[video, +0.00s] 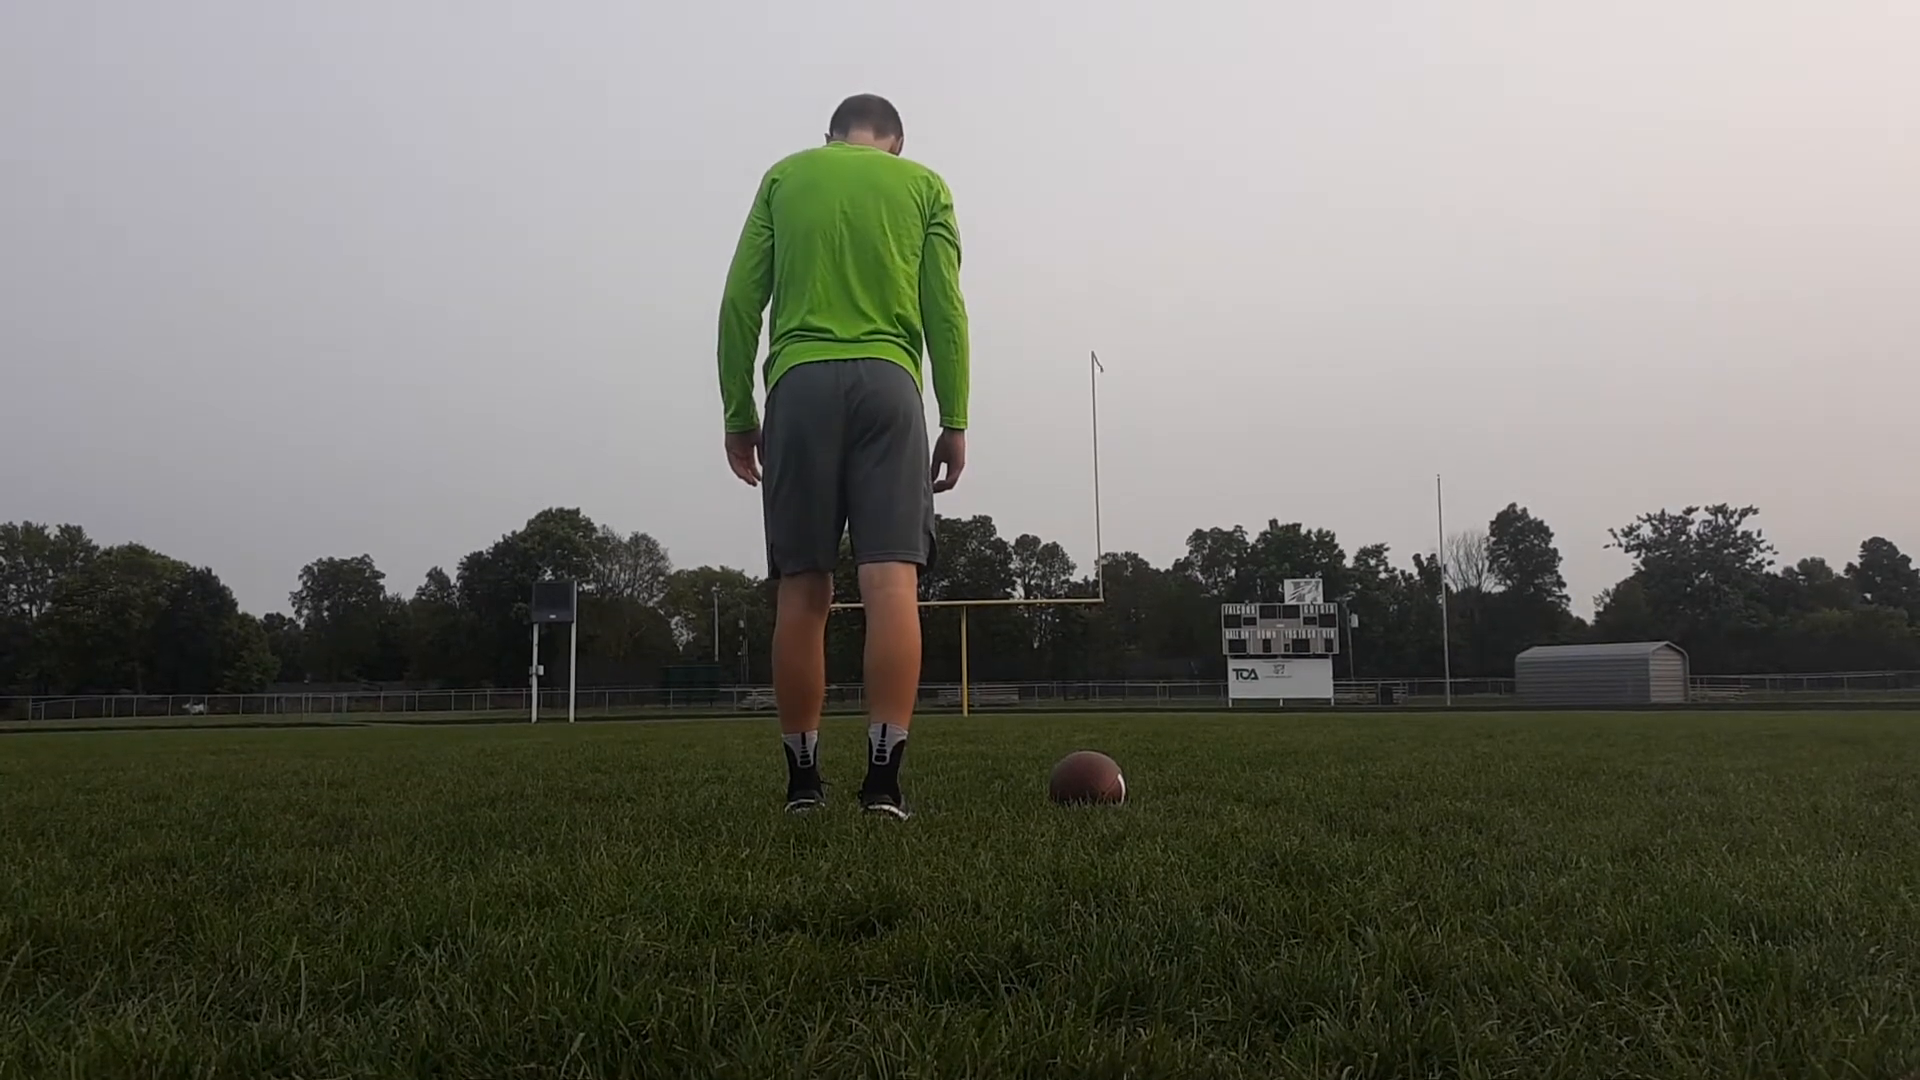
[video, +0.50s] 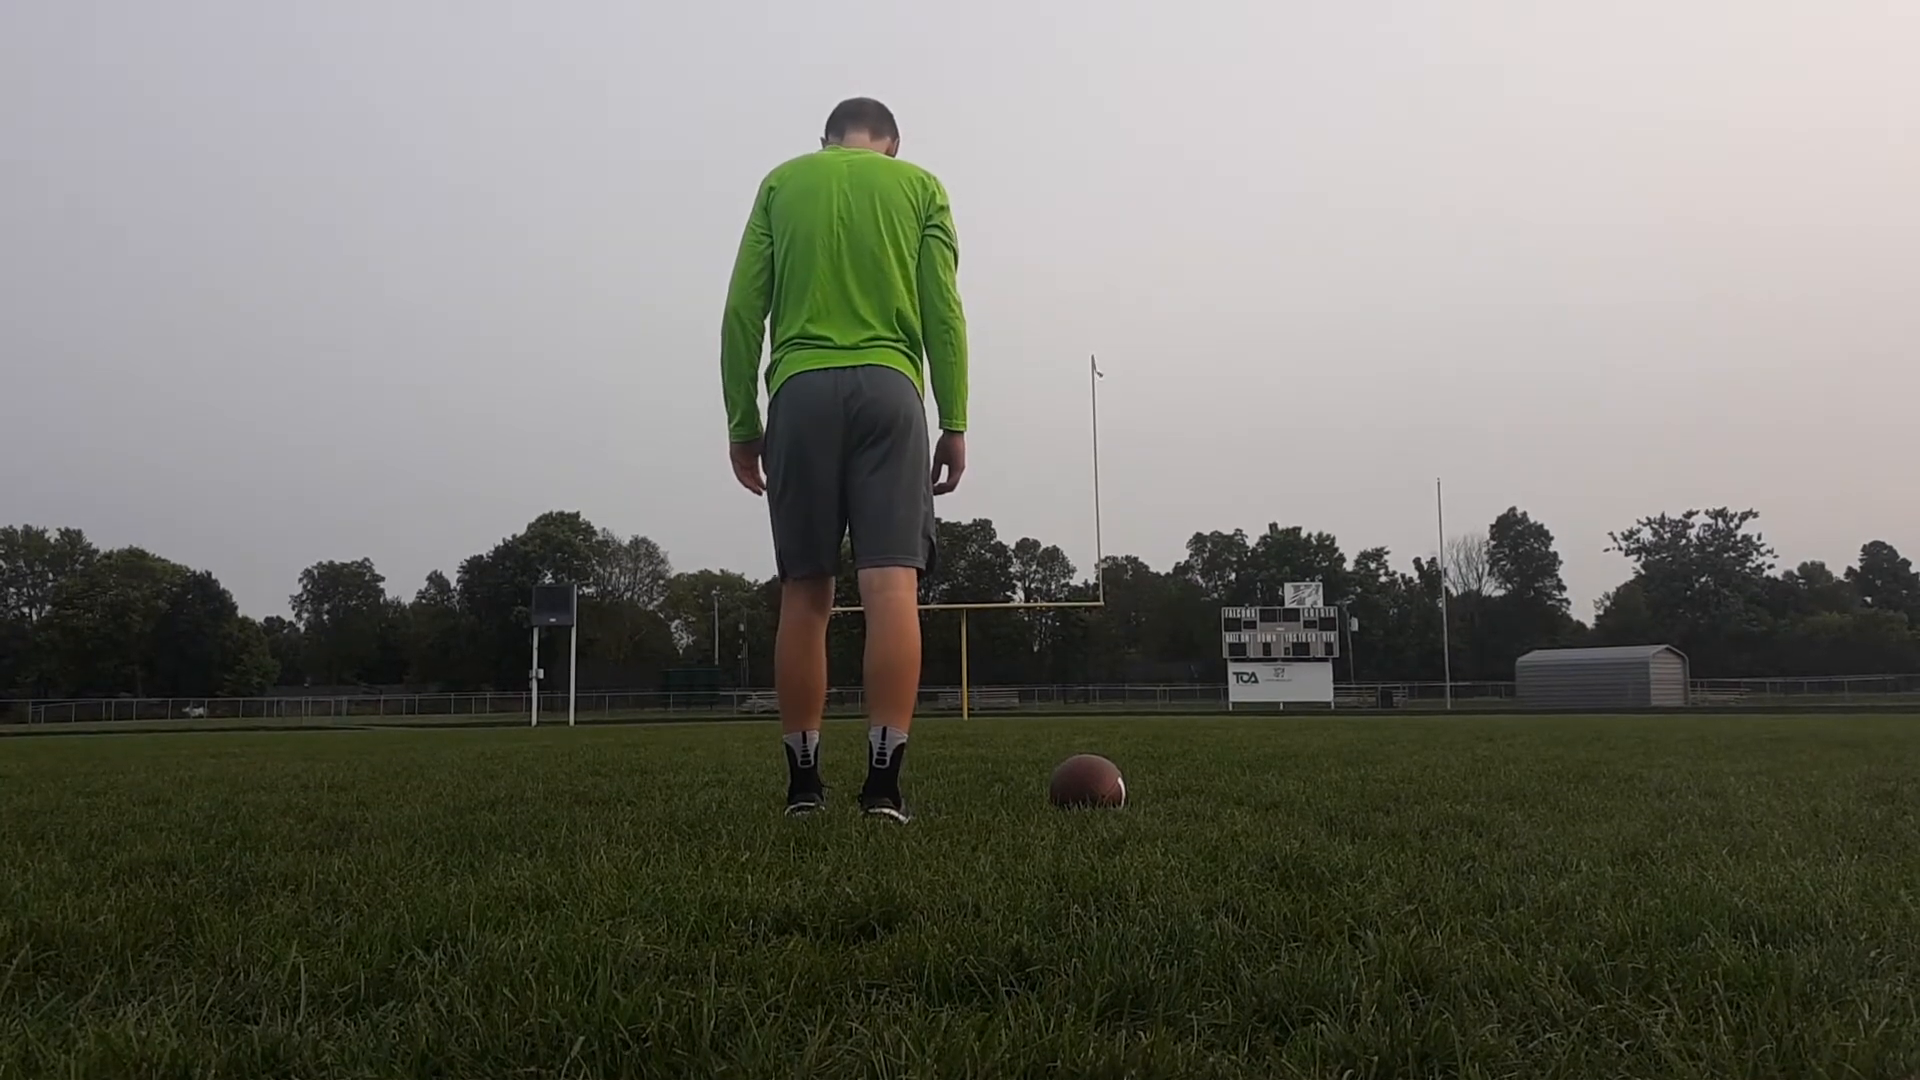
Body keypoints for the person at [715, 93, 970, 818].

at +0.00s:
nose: (895, 157)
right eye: (898, 146)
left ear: (831, 134)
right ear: (895, 139)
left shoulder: (785, 174)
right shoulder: (922, 184)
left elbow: (740, 298)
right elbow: (943, 304)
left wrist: (739, 414)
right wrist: (955, 421)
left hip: (800, 384)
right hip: (887, 383)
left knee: (802, 588)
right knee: (890, 583)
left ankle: (802, 782)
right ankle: (884, 785)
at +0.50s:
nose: (893, 155)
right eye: (894, 146)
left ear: (826, 138)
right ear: (891, 140)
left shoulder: (782, 181)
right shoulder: (918, 184)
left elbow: (743, 309)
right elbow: (942, 306)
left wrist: (743, 424)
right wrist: (954, 423)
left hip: (801, 392)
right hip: (888, 389)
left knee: (805, 590)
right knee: (890, 586)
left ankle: (803, 784)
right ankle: (884, 786)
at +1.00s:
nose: (894, 164)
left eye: (886, 155)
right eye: (896, 154)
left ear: (827, 142)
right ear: (891, 146)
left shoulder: (780, 186)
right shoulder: (914, 187)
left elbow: (743, 310)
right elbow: (937, 306)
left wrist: (743, 428)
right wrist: (950, 424)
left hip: (798, 396)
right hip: (885, 394)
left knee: (803, 591)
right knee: (886, 589)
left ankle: (803, 784)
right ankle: (882, 787)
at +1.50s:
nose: (900, 173)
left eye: (896, 164)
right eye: (902, 162)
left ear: (834, 145)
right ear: (895, 151)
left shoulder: (782, 189)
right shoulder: (917, 193)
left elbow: (743, 315)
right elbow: (939, 313)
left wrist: (743, 427)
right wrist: (952, 426)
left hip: (799, 397)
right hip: (885, 396)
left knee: (803, 596)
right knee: (885, 592)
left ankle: (803, 785)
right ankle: (882, 790)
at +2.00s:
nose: (907, 176)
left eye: (901, 165)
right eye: (908, 166)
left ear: (841, 148)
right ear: (902, 155)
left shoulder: (787, 187)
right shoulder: (923, 193)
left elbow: (745, 311)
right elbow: (943, 313)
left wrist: (743, 427)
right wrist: (955, 429)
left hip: (801, 396)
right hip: (888, 394)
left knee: (804, 595)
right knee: (890, 591)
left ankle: (804, 787)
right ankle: (883, 792)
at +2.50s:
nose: (910, 174)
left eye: (905, 164)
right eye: (911, 164)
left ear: (844, 145)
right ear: (904, 152)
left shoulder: (790, 184)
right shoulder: (925, 192)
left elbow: (749, 310)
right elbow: (945, 314)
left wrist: (748, 425)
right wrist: (956, 428)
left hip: (804, 395)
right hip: (891, 394)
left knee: (805, 595)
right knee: (888, 591)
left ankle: (804, 785)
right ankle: (883, 791)